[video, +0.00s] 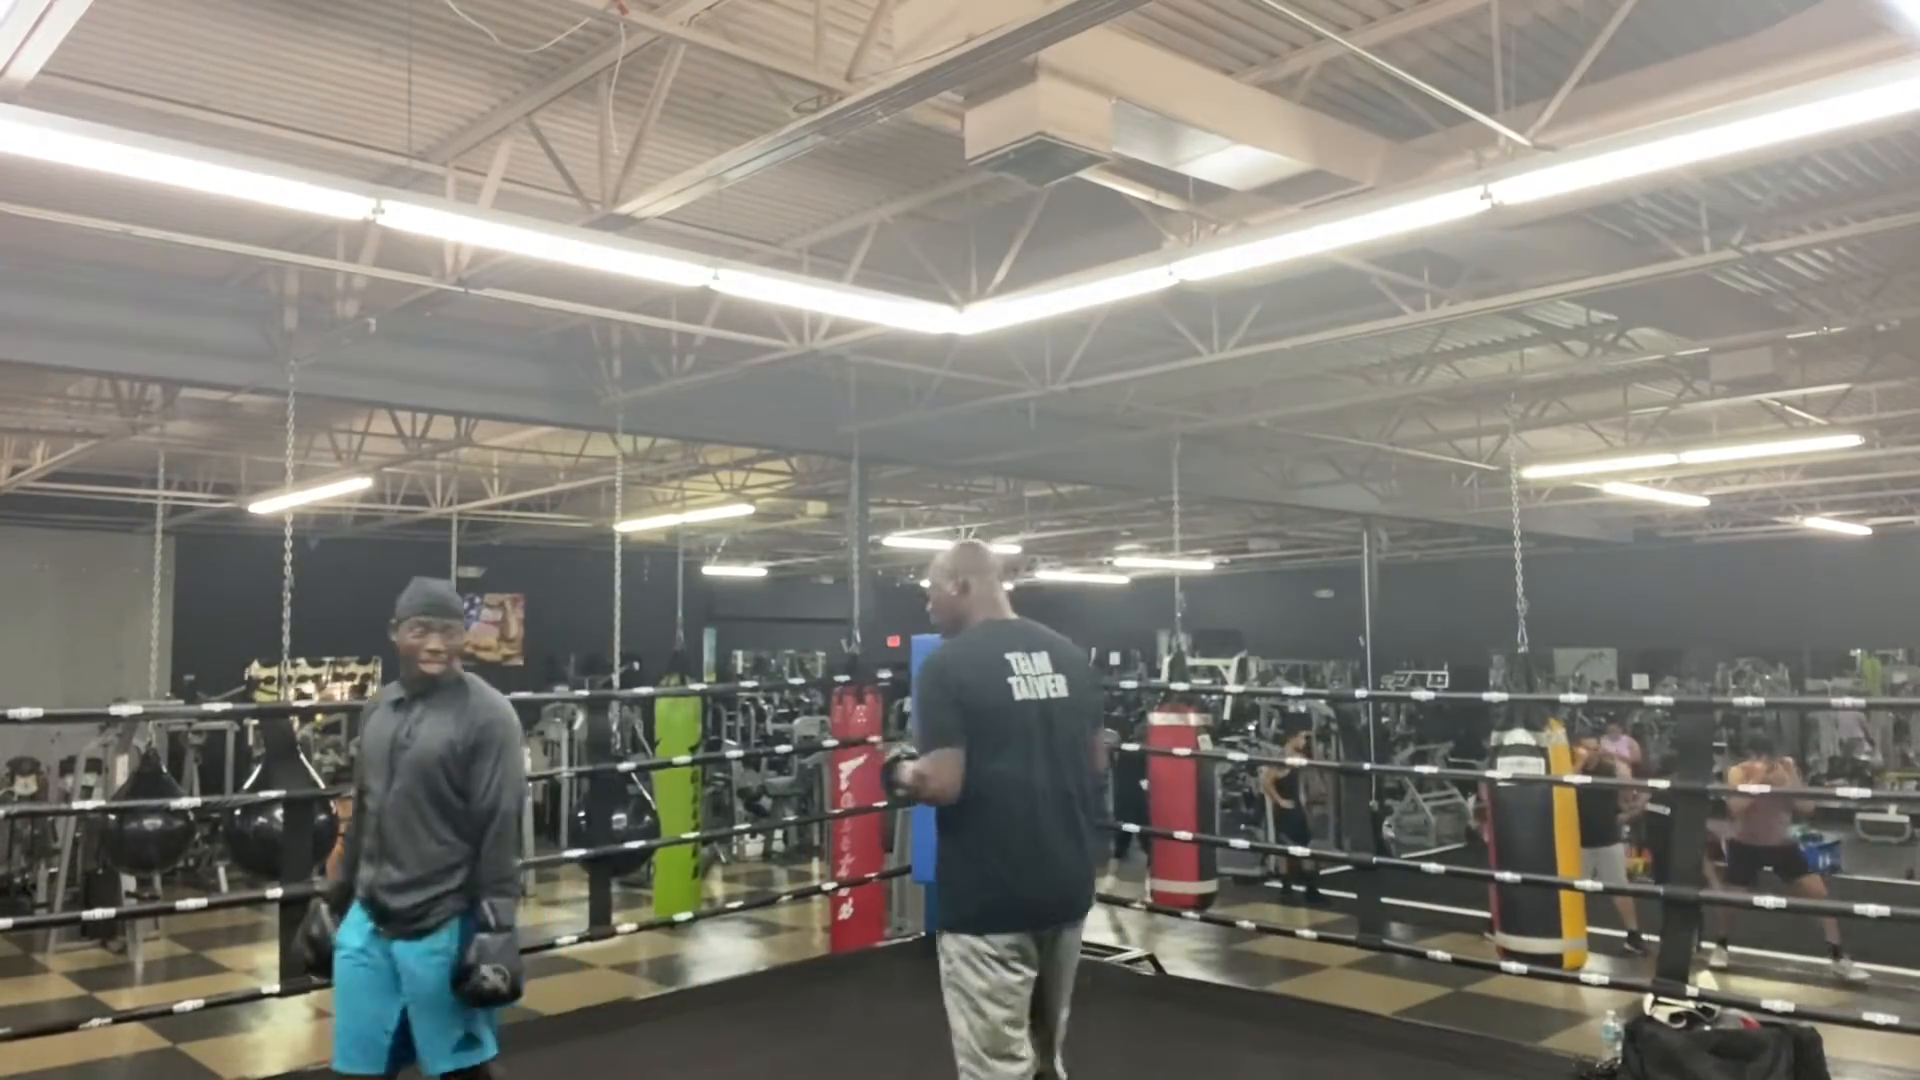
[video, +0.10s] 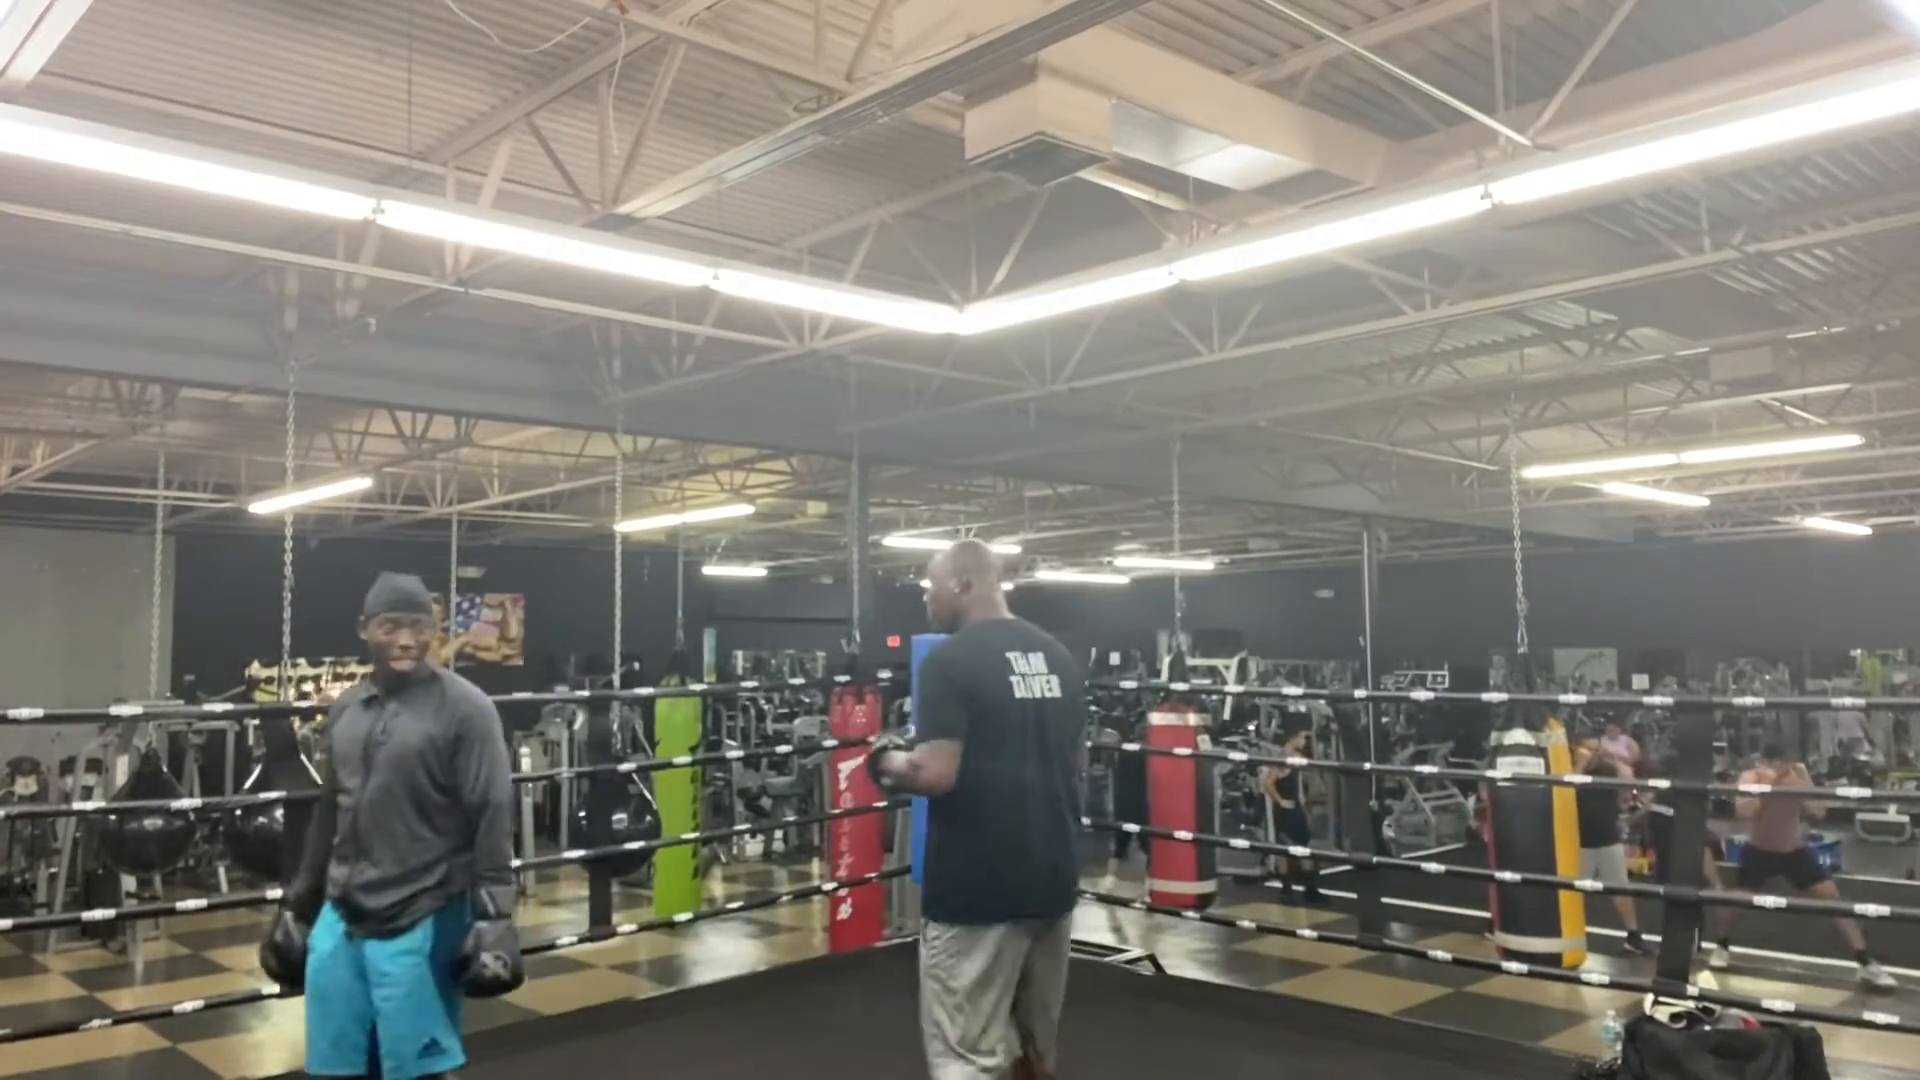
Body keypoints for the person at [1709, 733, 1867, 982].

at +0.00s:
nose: (1763, 760)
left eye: (1767, 754)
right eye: (1757, 754)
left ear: (1774, 752)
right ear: (1748, 753)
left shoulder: (1786, 768)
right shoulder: (1738, 773)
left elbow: (1806, 806)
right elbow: (1735, 807)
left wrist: (1785, 782)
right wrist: (1757, 782)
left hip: (1782, 847)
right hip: (1744, 847)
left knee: (1819, 894)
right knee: (1733, 898)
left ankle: (1838, 957)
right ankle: (1721, 946)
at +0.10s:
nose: (1780, 767)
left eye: (1785, 761)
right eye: (1774, 762)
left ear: (1790, 759)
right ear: (1764, 759)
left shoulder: (1798, 772)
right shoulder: (1751, 776)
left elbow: (1818, 811)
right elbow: (1743, 811)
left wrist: (1797, 786)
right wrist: (1772, 787)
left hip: (1796, 854)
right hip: (1758, 853)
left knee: (1833, 901)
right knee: (1739, 901)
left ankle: (1866, 963)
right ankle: (1721, 946)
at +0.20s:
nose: (1804, 767)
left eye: (1809, 761)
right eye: (1800, 760)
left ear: (1818, 762)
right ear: (1792, 760)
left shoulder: (1822, 778)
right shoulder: (1776, 778)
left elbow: (1831, 818)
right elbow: (1778, 812)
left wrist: (1821, 787)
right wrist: (1804, 787)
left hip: (1809, 861)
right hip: (1774, 859)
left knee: (1845, 898)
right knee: (1755, 914)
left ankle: (1873, 966)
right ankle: (1724, 944)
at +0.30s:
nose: (1845, 780)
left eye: (1848, 776)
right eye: (1845, 774)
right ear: (1833, 765)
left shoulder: (1823, 786)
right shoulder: (1808, 778)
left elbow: (1840, 819)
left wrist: (1849, 788)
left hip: (1814, 862)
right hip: (1785, 862)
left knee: (1856, 900)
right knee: (1782, 919)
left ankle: (1873, 967)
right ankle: (1732, 939)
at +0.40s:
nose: (1854, 778)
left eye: (1854, 774)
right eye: (1853, 773)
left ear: (1833, 765)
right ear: (1846, 769)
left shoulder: (1808, 781)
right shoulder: (1833, 780)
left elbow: (1835, 823)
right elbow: (1873, 790)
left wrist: (1847, 797)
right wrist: (1912, 789)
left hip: (1816, 863)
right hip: (1791, 863)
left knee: (1857, 901)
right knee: (1801, 925)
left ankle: (1872, 967)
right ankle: (1749, 939)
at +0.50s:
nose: (1871, 783)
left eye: (1871, 779)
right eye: (1869, 779)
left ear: (1841, 769)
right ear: (1861, 775)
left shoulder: (1811, 783)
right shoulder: (1850, 785)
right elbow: (1883, 792)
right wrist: (1913, 788)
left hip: (1817, 862)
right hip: (1799, 863)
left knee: (1860, 902)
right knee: (1822, 927)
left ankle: (1872, 966)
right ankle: (1768, 947)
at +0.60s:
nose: (1872, 784)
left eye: (1872, 780)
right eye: (1870, 779)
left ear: (1847, 772)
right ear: (1858, 775)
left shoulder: (1817, 784)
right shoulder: (1847, 785)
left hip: (1824, 862)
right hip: (1802, 861)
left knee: (1865, 902)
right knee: (1823, 927)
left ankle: (1873, 967)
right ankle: (1766, 948)